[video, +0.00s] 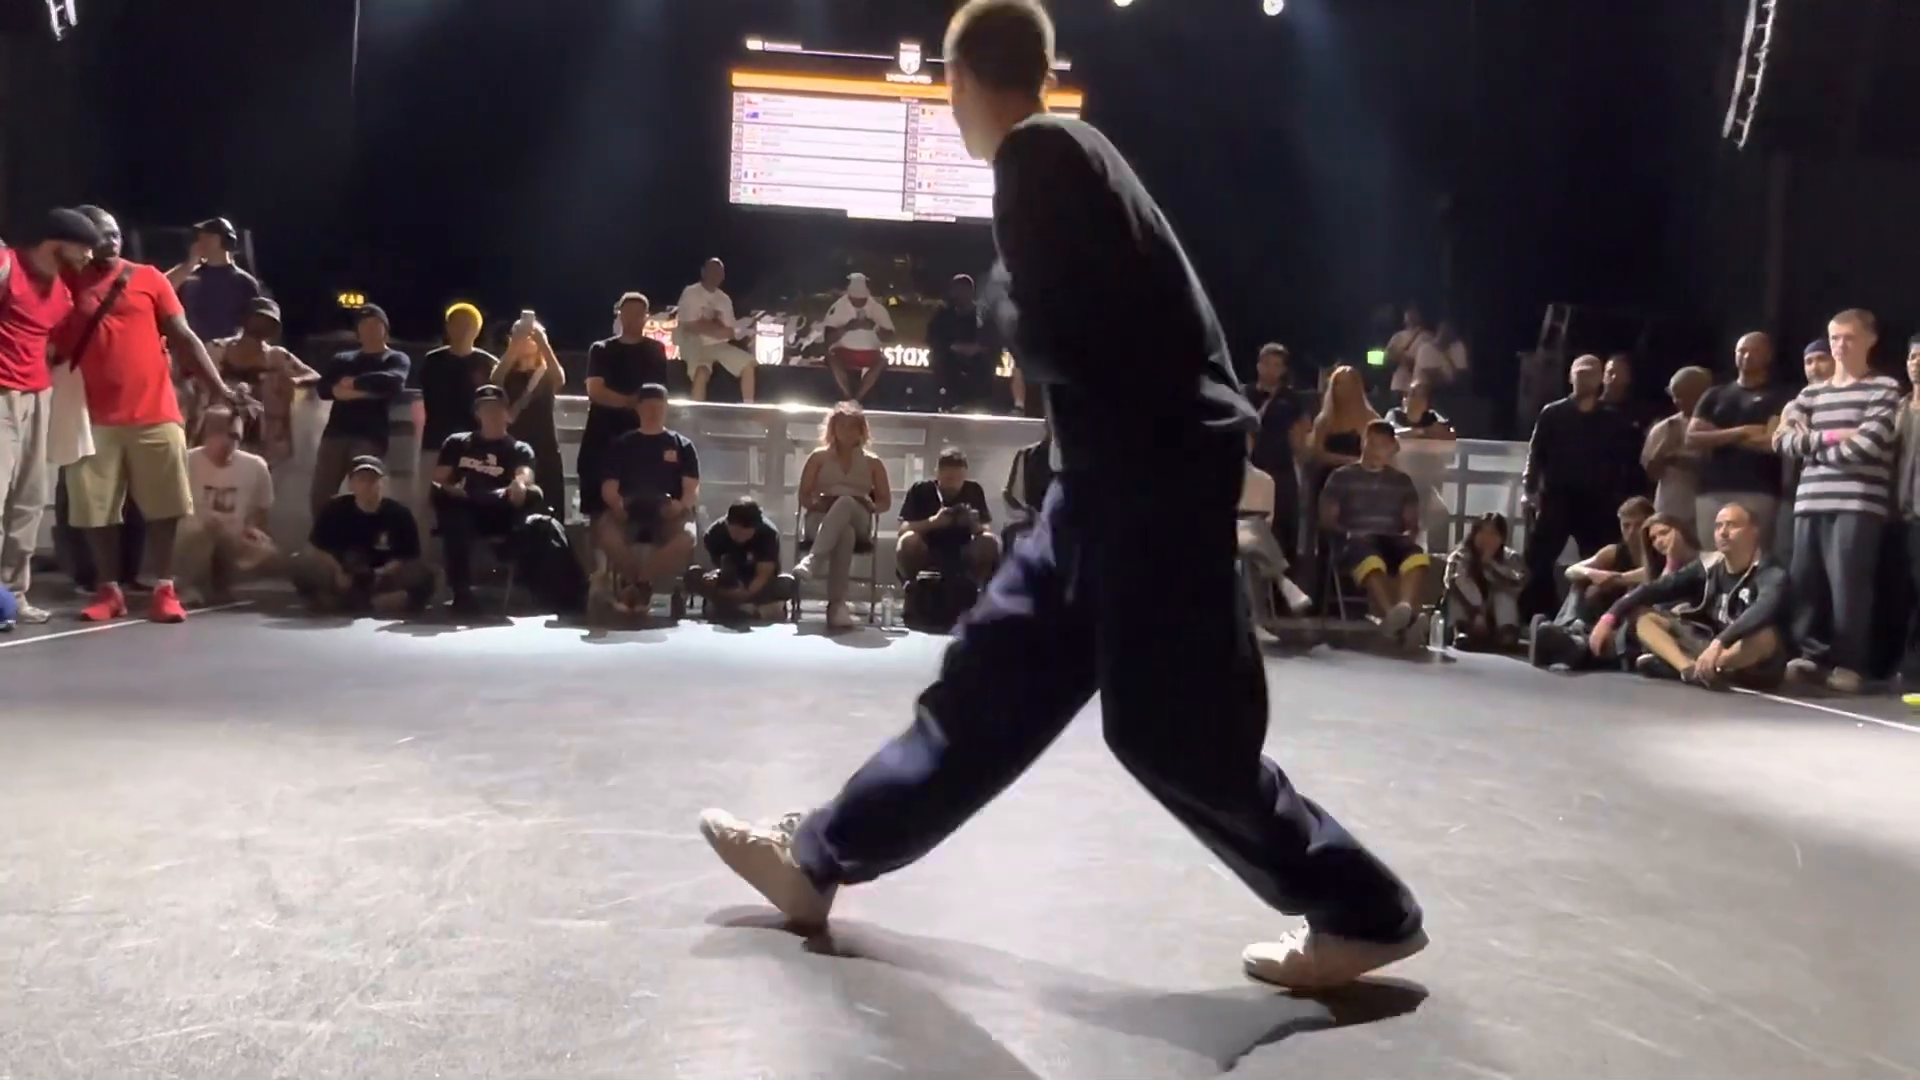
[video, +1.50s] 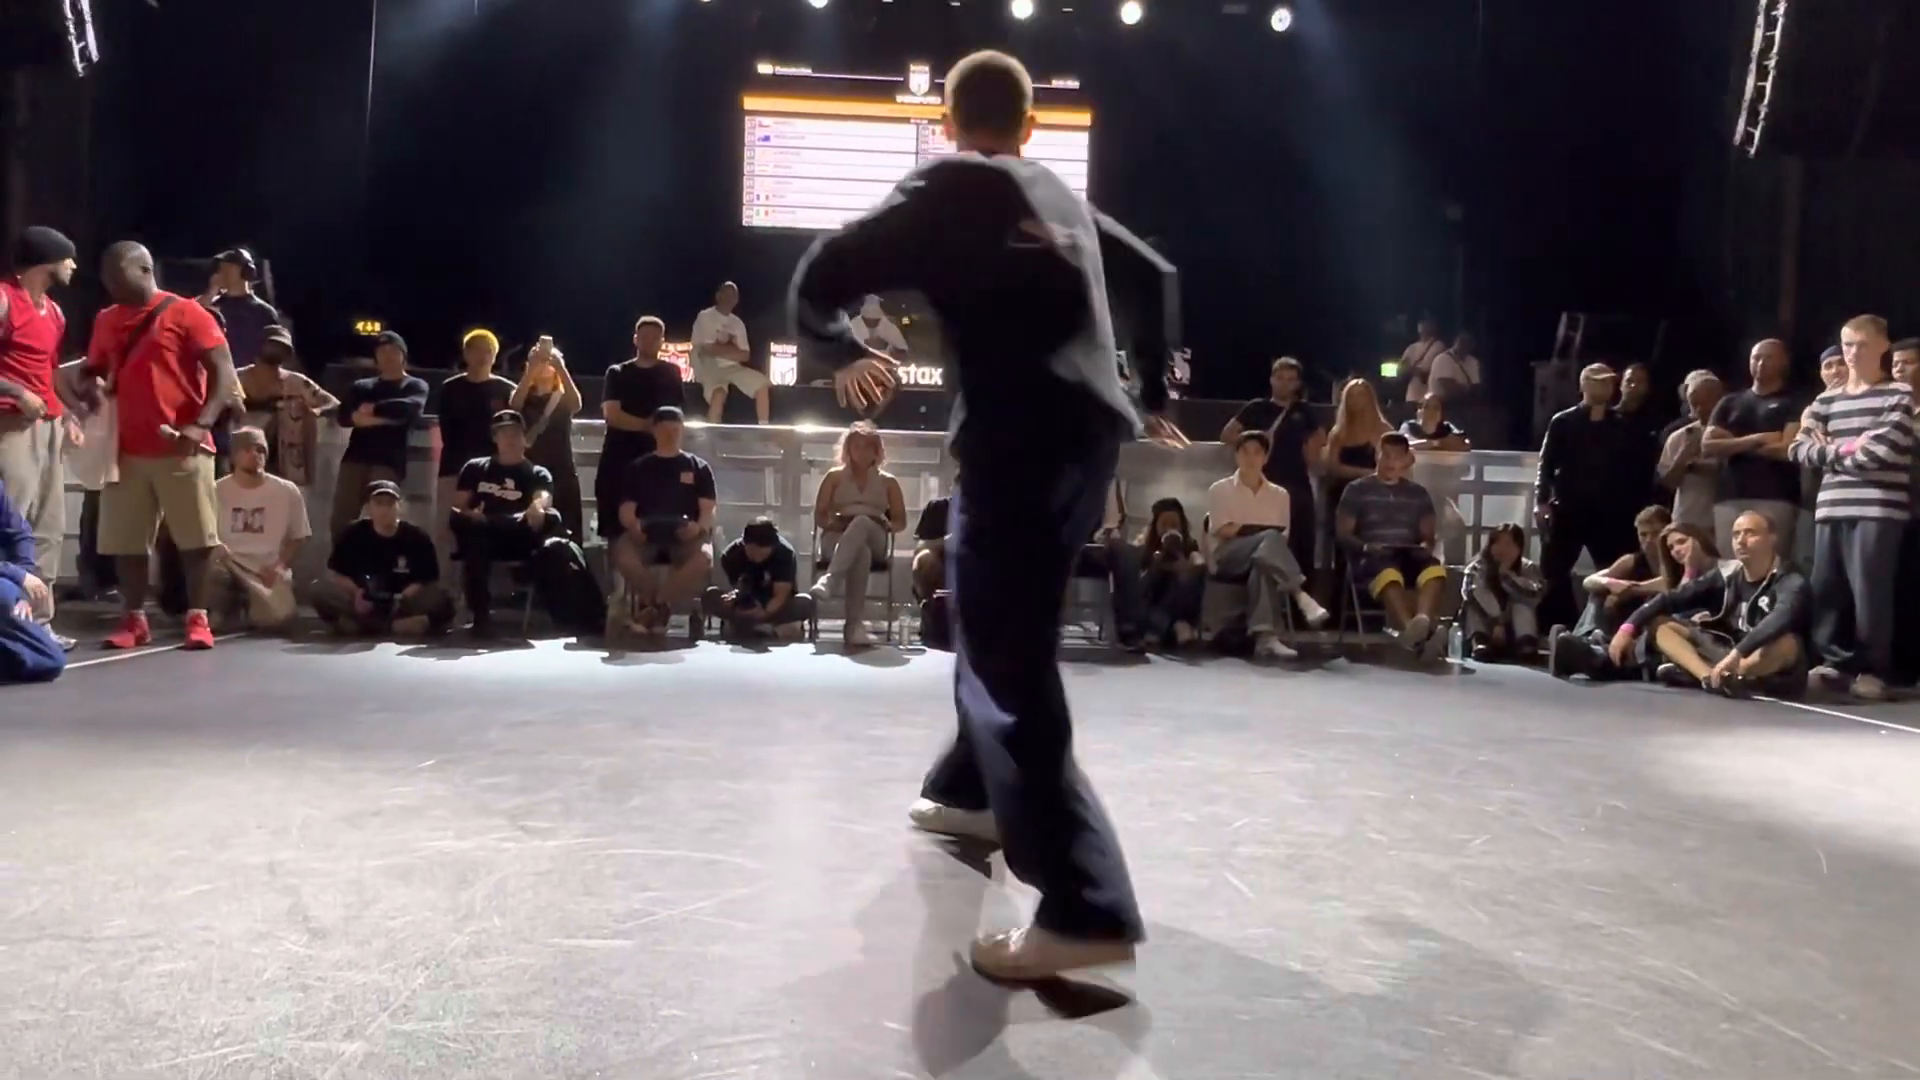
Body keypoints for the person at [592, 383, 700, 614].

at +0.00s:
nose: (653, 411)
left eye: (658, 405)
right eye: (648, 405)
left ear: (666, 408)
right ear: (638, 408)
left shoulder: (682, 445)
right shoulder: (620, 444)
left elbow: (690, 490)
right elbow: (609, 488)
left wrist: (678, 507)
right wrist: (622, 510)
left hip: (667, 509)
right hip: (629, 508)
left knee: (687, 537)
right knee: (605, 529)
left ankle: (639, 583)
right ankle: (639, 585)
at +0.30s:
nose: (661, 430)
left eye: (665, 424)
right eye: (655, 424)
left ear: (672, 427)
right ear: (645, 427)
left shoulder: (689, 464)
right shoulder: (628, 464)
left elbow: (698, 508)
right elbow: (616, 507)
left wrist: (687, 524)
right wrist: (628, 527)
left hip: (674, 525)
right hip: (638, 525)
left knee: (693, 554)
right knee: (613, 546)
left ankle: (645, 604)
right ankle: (647, 603)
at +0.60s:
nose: (662, 432)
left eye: (666, 427)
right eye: (656, 427)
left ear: (673, 430)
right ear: (645, 431)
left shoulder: (689, 467)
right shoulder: (627, 467)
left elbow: (698, 511)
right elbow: (617, 510)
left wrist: (688, 527)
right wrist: (627, 528)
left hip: (674, 528)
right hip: (638, 528)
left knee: (694, 558)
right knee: (613, 552)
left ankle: (648, 607)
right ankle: (649, 605)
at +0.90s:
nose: (664, 435)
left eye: (668, 430)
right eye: (658, 430)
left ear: (675, 433)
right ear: (647, 433)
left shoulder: (691, 468)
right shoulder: (631, 468)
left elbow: (701, 512)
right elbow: (619, 512)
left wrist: (691, 528)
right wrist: (630, 530)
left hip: (677, 530)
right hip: (641, 529)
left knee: (696, 560)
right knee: (615, 553)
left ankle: (650, 608)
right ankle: (651, 607)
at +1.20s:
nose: (666, 433)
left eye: (670, 428)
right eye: (660, 428)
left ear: (677, 431)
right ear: (649, 431)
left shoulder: (694, 467)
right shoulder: (632, 467)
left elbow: (703, 511)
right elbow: (622, 509)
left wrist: (693, 527)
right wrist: (631, 528)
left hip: (679, 529)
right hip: (642, 528)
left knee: (698, 557)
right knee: (618, 551)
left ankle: (651, 607)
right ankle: (654, 607)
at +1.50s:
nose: (670, 433)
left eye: (675, 428)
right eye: (665, 428)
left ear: (682, 430)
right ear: (654, 430)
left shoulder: (698, 467)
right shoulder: (637, 467)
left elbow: (707, 509)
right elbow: (626, 509)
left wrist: (698, 527)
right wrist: (635, 528)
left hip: (683, 528)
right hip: (647, 528)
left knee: (703, 557)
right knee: (623, 552)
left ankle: (655, 607)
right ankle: (659, 606)